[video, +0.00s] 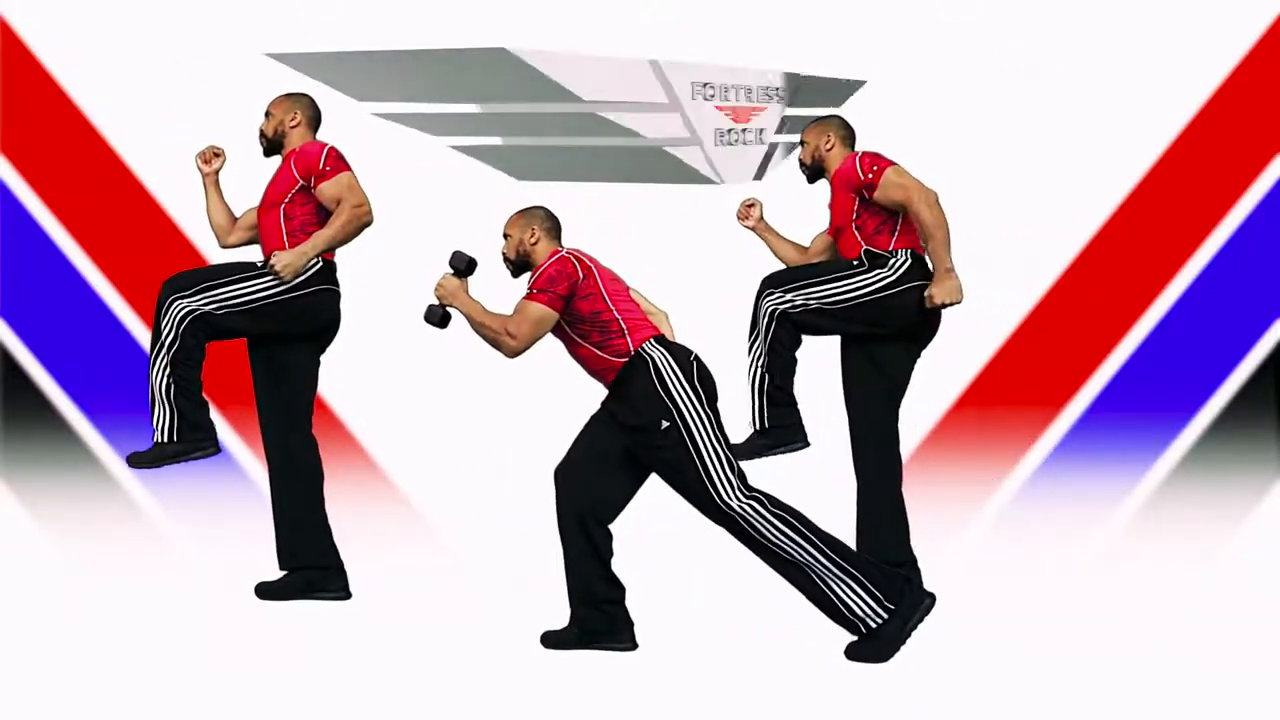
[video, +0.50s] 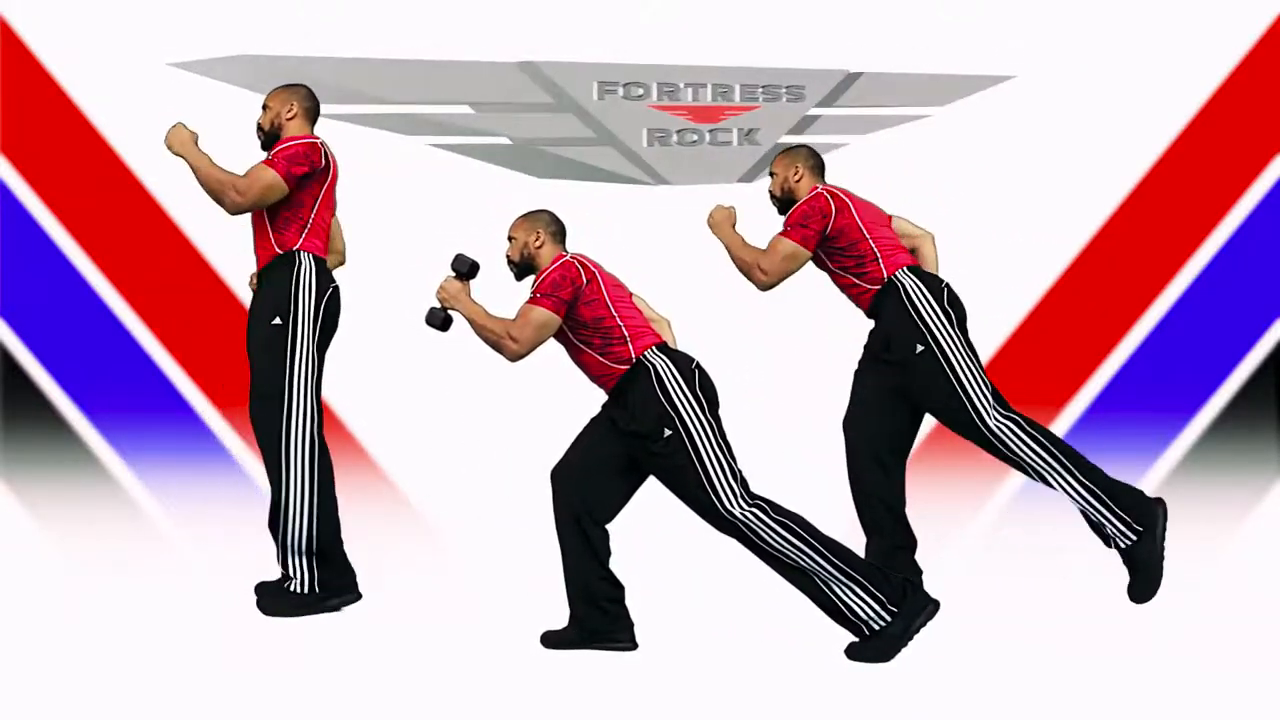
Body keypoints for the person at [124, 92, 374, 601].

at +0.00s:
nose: (261, 126)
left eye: (268, 117)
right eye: (263, 118)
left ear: (295, 120)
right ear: (294, 122)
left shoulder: (315, 154)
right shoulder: (285, 185)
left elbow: (358, 209)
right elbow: (230, 234)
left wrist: (305, 252)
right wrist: (211, 178)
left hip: (296, 284)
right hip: (295, 299)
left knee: (179, 297)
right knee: (288, 441)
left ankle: (185, 430)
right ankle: (316, 571)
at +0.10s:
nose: (261, 126)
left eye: (268, 116)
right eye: (263, 118)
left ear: (294, 118)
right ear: (295, 120)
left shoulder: (315, 153)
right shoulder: (284, 181)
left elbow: (352, 212)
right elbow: (236, 241)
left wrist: (293, 253)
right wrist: (209, 190)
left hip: (299, 282)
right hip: (295, 296)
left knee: (180, 314)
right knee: (287, 440)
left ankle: (197, 449)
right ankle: (316, 572)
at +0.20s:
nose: (263, 125)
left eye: (269, 115)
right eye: (265, 117)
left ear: (294, 115)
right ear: (297, 119)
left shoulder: (316, 155)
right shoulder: (283, 176)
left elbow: (328, 221)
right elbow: (251, 257)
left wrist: (259, 245)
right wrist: (212, 217)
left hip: (299, 282)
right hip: (290, 293)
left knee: (191, 349)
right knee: (285, 436)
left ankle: (227, 482)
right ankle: (315, 572)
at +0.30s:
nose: (263, 124)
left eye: (268, 113)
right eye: (264, 115)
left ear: (292, 113)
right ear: (300, 117)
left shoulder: (314, 154)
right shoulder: (286, 176)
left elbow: (295, 224)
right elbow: (281, 266)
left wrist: (219, 217)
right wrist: (229, 251)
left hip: (298, 286)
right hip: (297, 293)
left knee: (216, 383)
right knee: (286, 430)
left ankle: (261, 529)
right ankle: (315, 569)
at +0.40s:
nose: (262, 123)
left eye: (267, 113)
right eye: (264, 115)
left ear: (291, 111)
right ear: (300, 116)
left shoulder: (309, 151)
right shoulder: (297, 163)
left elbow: (260, 207)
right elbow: (299, 247)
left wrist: (196, 181)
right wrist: (258, 270)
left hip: (299, 287)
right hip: (295, 288)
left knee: (253, 417)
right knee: (289, 430)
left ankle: (288, 567)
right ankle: (320, 565)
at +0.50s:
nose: (259, 118)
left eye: (265, 108)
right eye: (261, 111)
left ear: (291, 108)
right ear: (300, 114)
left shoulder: (303, 148)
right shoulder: (308, 160)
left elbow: (238, 196)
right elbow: (333, 250)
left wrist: (191, 151)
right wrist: (271, 276)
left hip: (294, 286)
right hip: (297, 288)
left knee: (286, 423)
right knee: (288, 425)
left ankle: (308, 579)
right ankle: (325, 571)